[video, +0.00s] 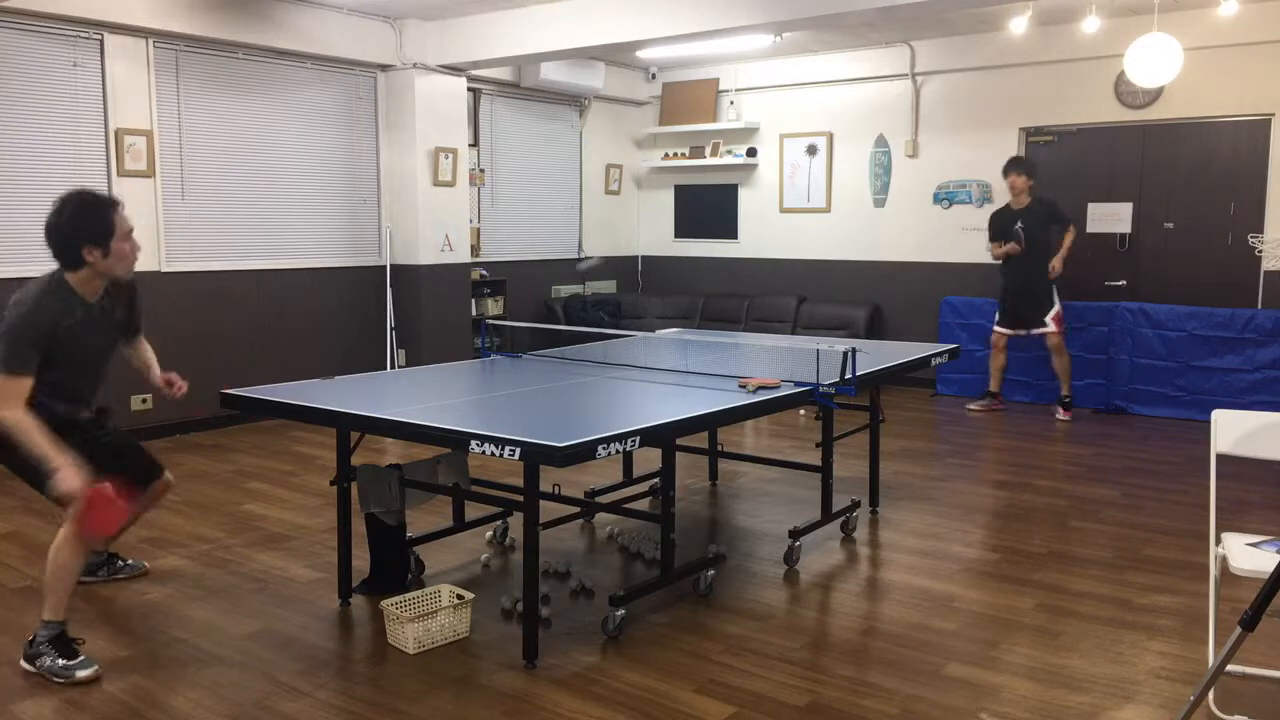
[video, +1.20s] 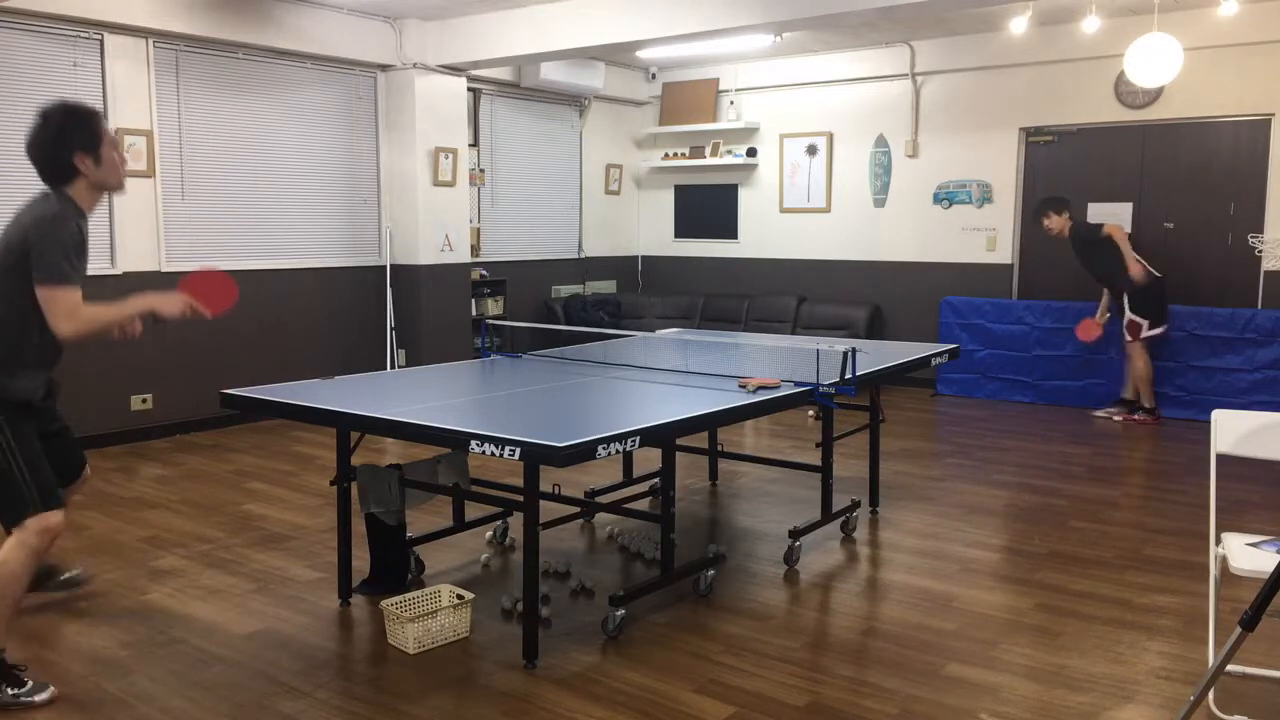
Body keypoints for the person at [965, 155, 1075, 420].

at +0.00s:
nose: (1013, 182)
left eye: (1018, 176)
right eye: (1009, 176)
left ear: (1029, 180)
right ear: (1004, 180)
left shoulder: (1045, 207)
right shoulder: (998, 216)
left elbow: (1070, 229)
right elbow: (994, 252)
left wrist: (1060, 257)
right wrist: (1005, 249)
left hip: (1042, 285)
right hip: (1011, 287)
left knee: (1055, 342)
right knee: (998, 341)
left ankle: (1065, 399)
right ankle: (993, 395)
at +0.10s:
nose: (1026, 189)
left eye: (1032, 184)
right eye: (1022, 183)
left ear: (1041, 188)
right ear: (1016, 187)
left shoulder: (1054, 216)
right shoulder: (1005, 221)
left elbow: (1072, 242)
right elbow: (995, 251)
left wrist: (1057, 261)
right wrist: (1008, 253)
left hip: (1049, 290)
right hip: (1016, 292)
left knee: (1071, 342)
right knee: (1000, 346)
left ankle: (1087, 395)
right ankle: (999, 395)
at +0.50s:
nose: (1061, 205)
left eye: (1068, 200)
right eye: (1058, 199)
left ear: (1080, 204)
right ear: (1054, 203)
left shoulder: (1094, 229)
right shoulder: (1045, 230)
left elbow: (1112, 258)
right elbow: (1035, 257)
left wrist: (1086, 275)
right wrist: (1044, 271)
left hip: (1085, 300)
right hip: (1052, 299)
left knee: (1105, 352)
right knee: (1023, 345)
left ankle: (1125, 404)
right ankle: (1013, 396)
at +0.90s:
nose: (1058, 219)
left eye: (1063, 213)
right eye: (1056, 214)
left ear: (1077, 212)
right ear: (1055, 215)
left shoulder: (1102, 233)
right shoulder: (1060, 235)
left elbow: (1122, 262)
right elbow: (1053, 264)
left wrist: (1091, 281)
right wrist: (1039, 258)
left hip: (1096, 306)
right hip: (1065, 303)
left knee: (1103, 359)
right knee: (1035, 347)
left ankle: (1120, 404)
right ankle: (1010, 395)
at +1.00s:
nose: (1055, 230)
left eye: (1055, 224)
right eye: (1051, 227)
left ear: (1065, 215)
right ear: (1053, 224)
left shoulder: (1093, 230)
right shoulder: (1071, 240)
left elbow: (1129, 247)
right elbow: (1082, 269)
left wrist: (1106, 277)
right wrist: (1059, 271)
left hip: (1111, 303)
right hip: (1088, 302)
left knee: (1099, 360)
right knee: (1061, 346)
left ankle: (1122, 405)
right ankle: (1025, 392)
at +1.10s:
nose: (1049, 231)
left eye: (1049, 225)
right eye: (1045, 228)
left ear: (1062, 215)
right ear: (1059, 218)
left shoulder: (1084, 228)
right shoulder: (1076, 237)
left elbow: (1120, 236)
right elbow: (1096, 278)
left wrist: (1118, 274)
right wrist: (1094, 312)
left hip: (1123, 292)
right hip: (1106, 296)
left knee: (1114, 348)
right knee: (1098, 346)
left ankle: (1130, 404)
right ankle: (1079, 398)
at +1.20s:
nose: (1046, 224)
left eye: (1049, 218)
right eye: (1043, 221)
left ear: (1065, 214)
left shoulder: (1080, 230)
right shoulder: (1077, 240)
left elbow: (1116, 230)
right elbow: (1109, 275)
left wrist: (1131, 261)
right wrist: (1102, 313)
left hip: (1140, 284)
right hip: (1129, 287)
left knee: (1136, 345)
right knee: (1131, 344)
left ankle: (1148, 408)